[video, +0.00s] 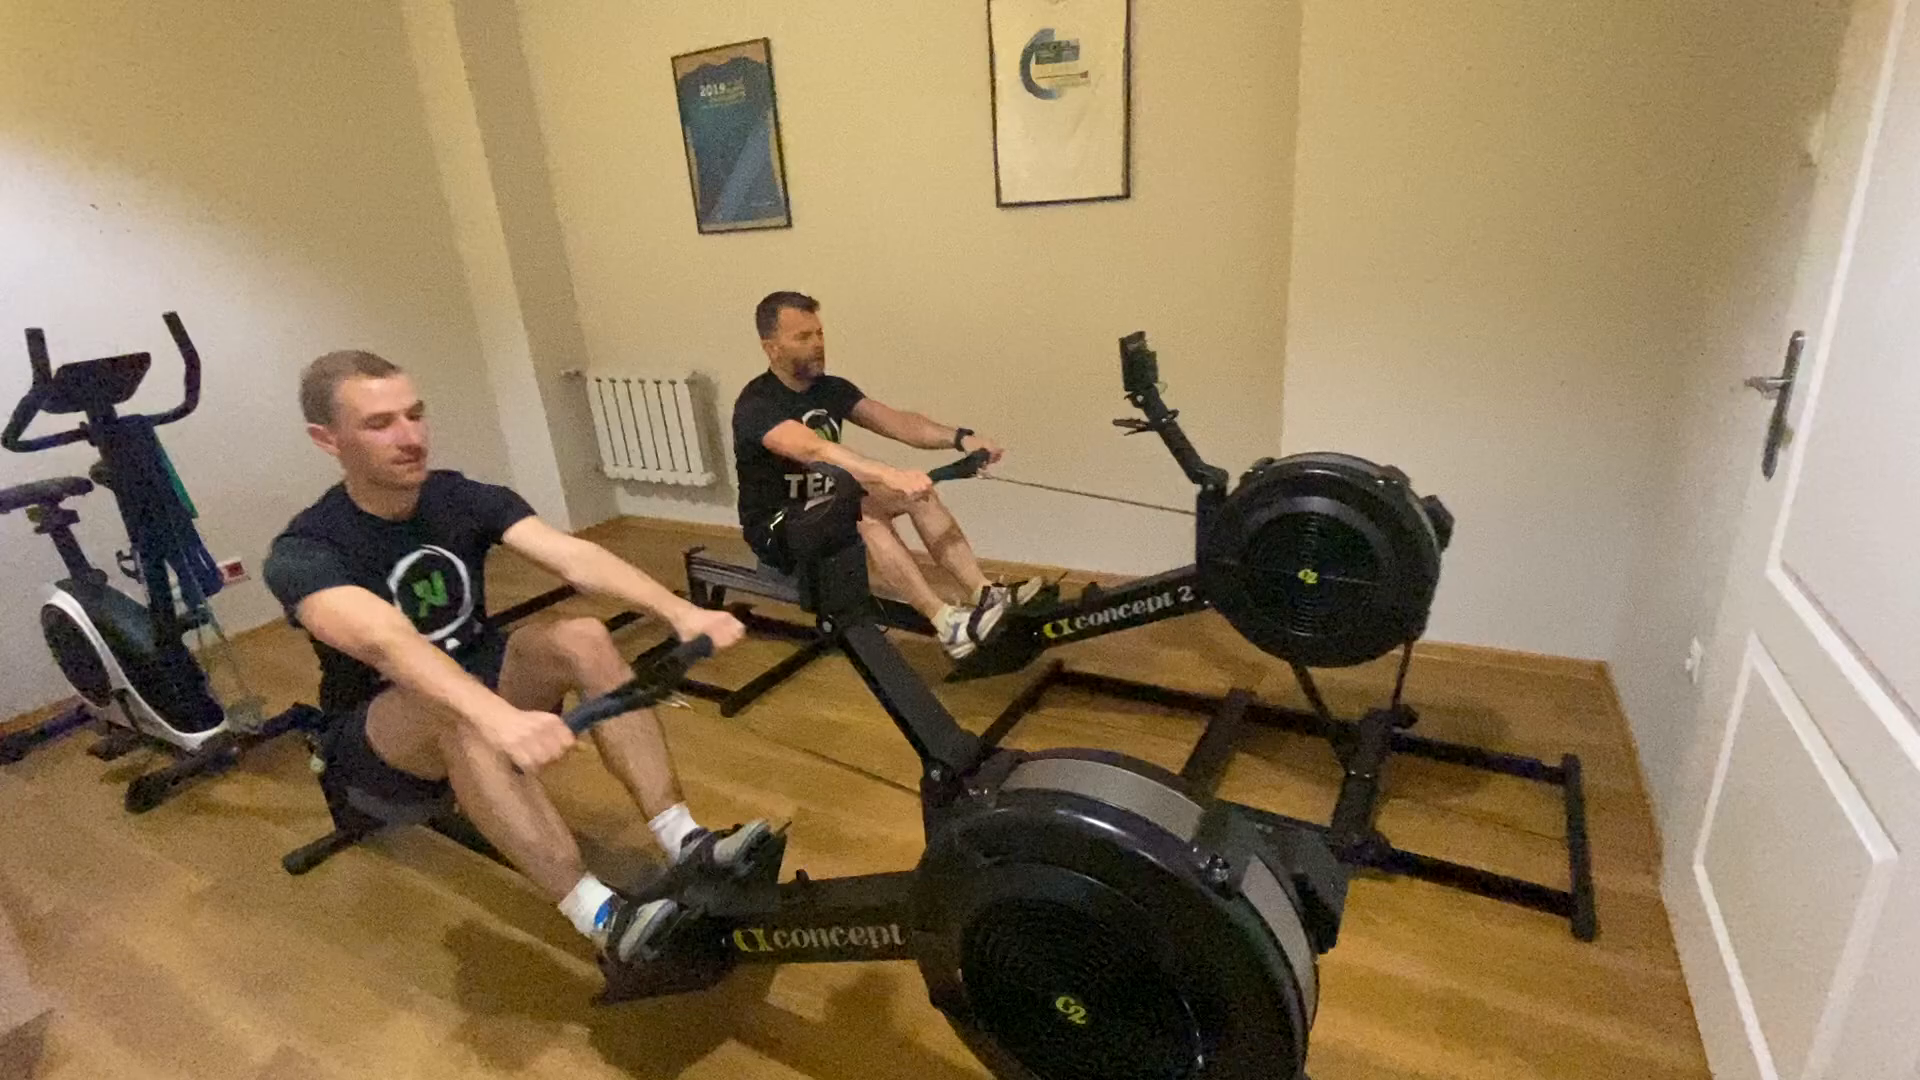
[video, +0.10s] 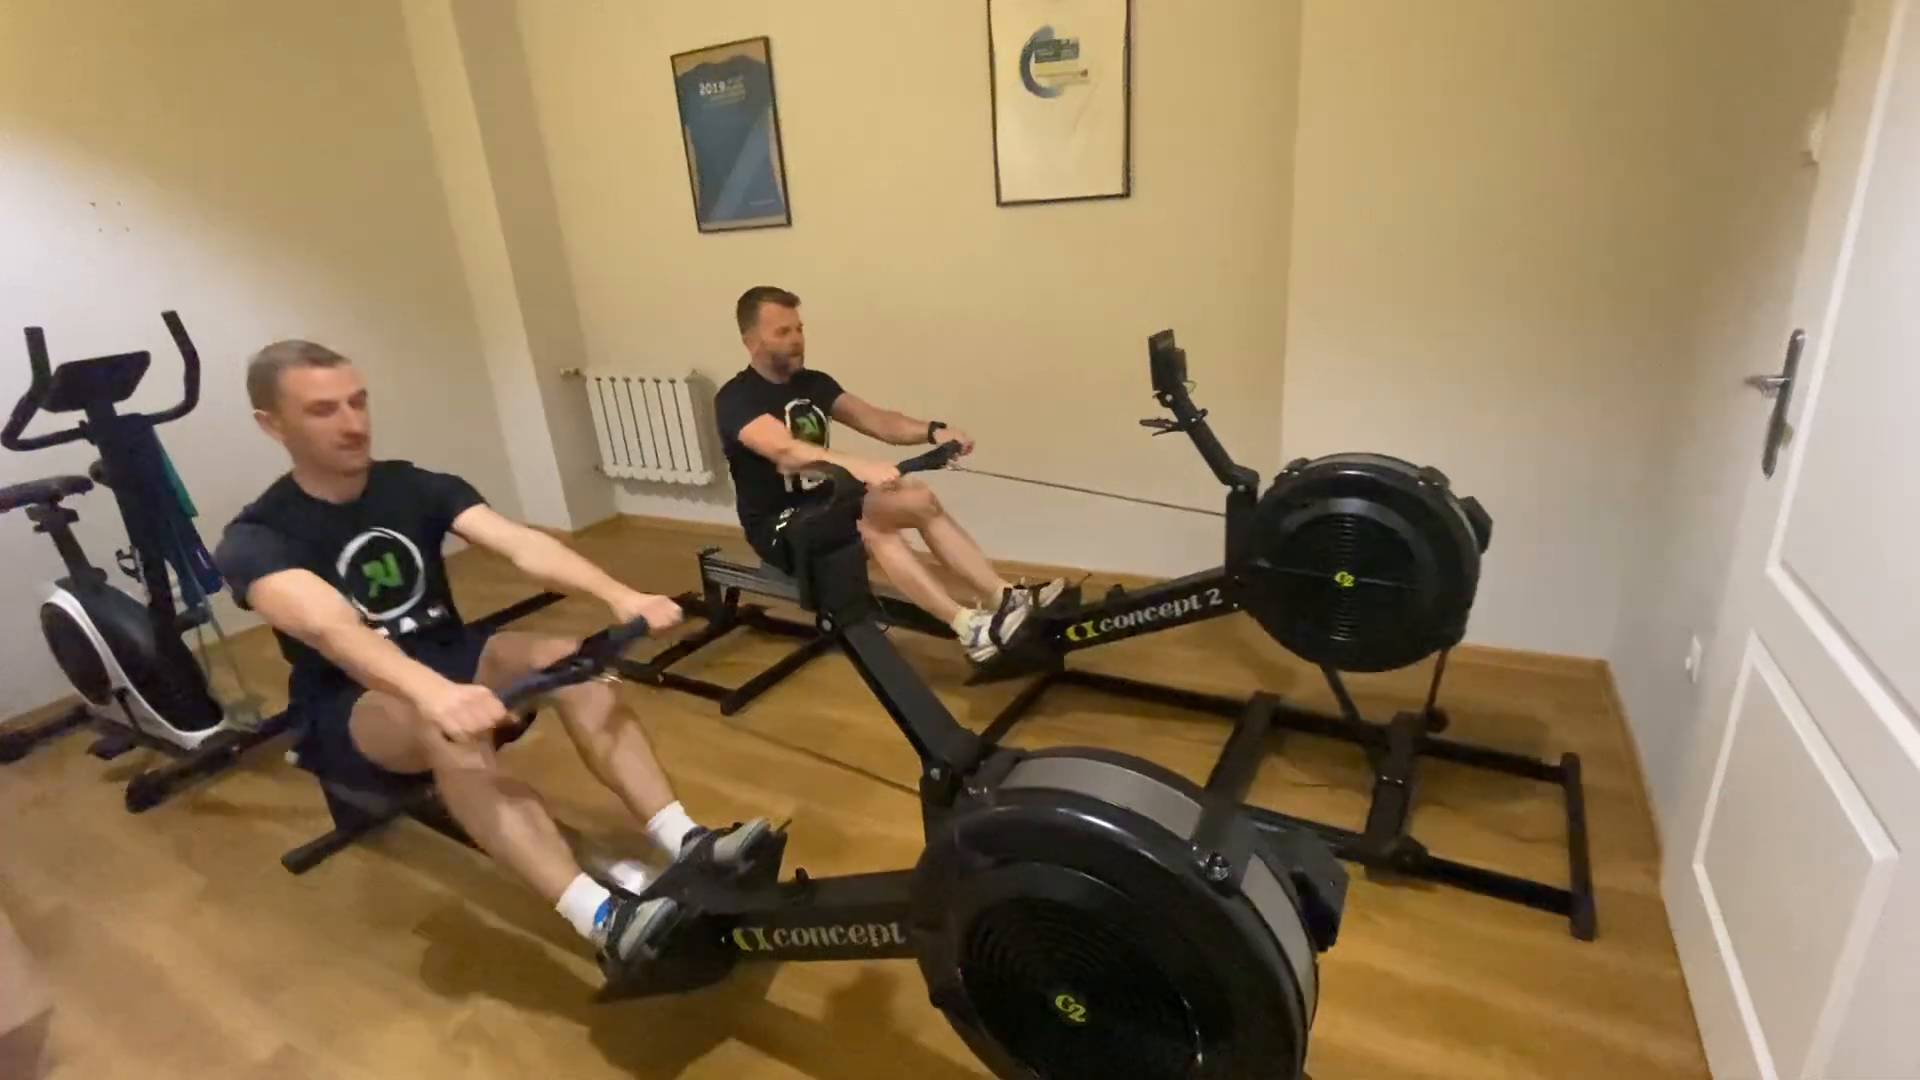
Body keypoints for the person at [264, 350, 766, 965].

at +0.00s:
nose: (409, 436)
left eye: (414, 414)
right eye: (380, 424)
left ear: (425, 413)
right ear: (328, 440)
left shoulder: (458, 499)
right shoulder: (303, 554)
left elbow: (572, 557)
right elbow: (387, 641)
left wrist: (680, 610)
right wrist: (496, 718)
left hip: (475, 682)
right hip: (371, 731)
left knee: (585, 638)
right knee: (463, 716)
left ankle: (688, 847)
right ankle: (605, 918)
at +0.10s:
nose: (353, 423)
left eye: (358, 403)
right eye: (325, 411)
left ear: (368, 401)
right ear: (273, 426)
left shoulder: (410, 486)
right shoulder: (256, 540)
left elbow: (520, 544)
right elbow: (335, 630)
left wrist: (622, 596)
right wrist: (437, 693)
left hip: (450, 658)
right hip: (352, 699)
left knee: (568, 659)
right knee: (449, 727)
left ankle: (688, 843)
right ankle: (604, 920)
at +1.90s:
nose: (518, 453)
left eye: (522, 428)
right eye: (489, 439)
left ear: (530, 422)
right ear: (430, 454)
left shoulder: (552, 501)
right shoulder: (392, 555)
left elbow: (683, 571)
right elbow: (456, 708)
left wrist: (790, 645)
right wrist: (606, 799)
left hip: (527, 689)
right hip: (428, 734)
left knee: (635, 602)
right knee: (478, 669)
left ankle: (689, 803)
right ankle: (617, 888)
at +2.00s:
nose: (540, 458)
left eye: (543, 432)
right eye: (509, 443)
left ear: (552, 429)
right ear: (450, 458)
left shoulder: (572, 505)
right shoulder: (412, 563)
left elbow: (706, 576)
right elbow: (482, 713)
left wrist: (818, 649)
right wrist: (636, 807)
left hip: (540, 703)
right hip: (446, 749)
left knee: (645, 600)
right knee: (487, 670)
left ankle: (689, 802)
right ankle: (613, 882)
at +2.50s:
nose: (490, 431)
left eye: (494, 408)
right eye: (461, 417)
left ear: (503, 404)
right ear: (401, 429)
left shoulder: (524, 488)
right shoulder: (368, 548)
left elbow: (650, 547)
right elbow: (466, 642)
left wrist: (769, 600)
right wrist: (592, 727)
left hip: (516, 691)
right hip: (417, 735)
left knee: (615, 592)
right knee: (476, 666)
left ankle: (693, 808)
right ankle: (612, 883)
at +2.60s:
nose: (437, 416)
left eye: (442, 394)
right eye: (408, 403)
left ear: (452, 391)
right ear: (354, 419)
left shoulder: (485, 479)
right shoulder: (326, 534)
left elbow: (603, 532)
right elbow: (420, 626)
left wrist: (713, 583)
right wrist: (539, 699)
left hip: (492, 654)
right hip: (390, 703)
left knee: (597, 597)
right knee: (468, 680)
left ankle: (692, 809)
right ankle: (611, 885)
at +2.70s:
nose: (378, 400)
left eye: (383, 378)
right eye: (350, 388)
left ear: (394, 376)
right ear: (296, 402)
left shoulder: (432, 464)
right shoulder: (277, 520)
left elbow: (550, 521)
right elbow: (362, 605)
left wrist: (655, 572)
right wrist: (464, 672)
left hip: (462, 636)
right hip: (364, 679)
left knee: (575, 617)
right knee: (458, 693)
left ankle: (693, 810)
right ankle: (610, 886)